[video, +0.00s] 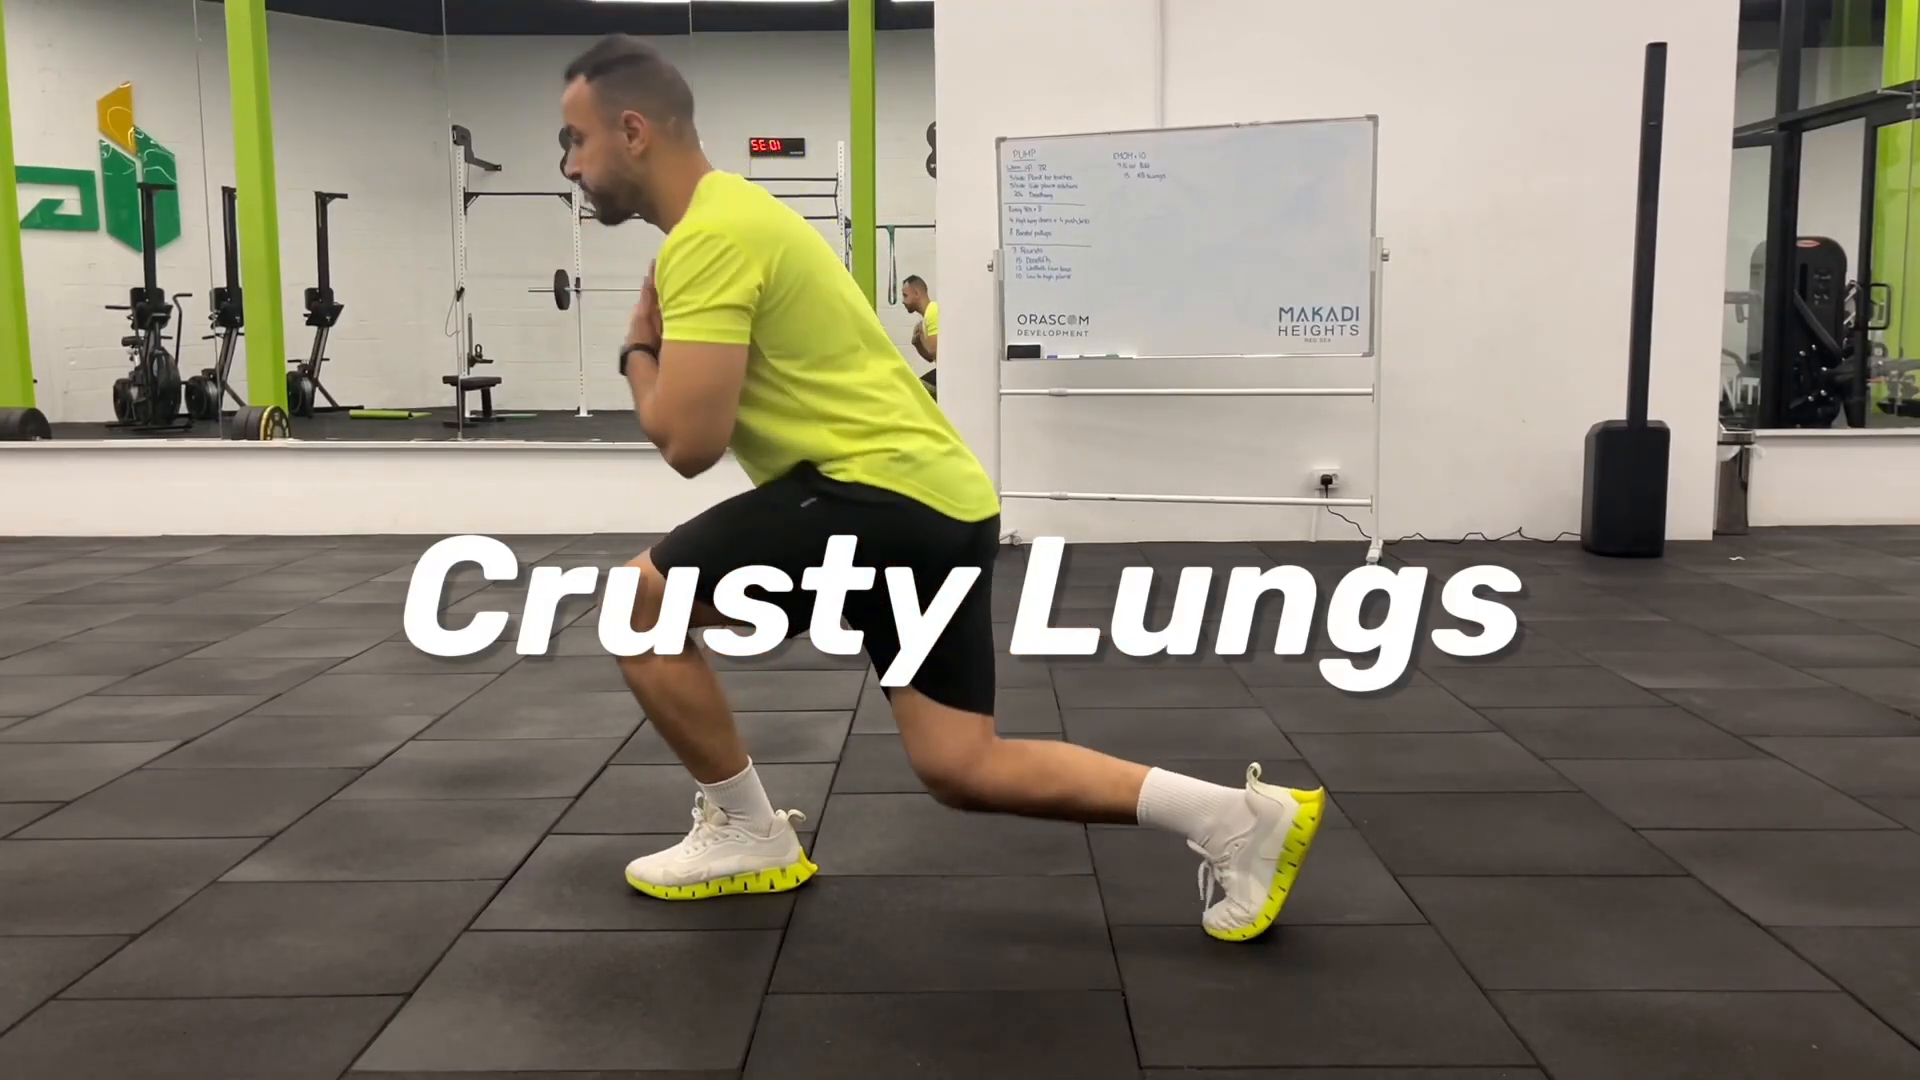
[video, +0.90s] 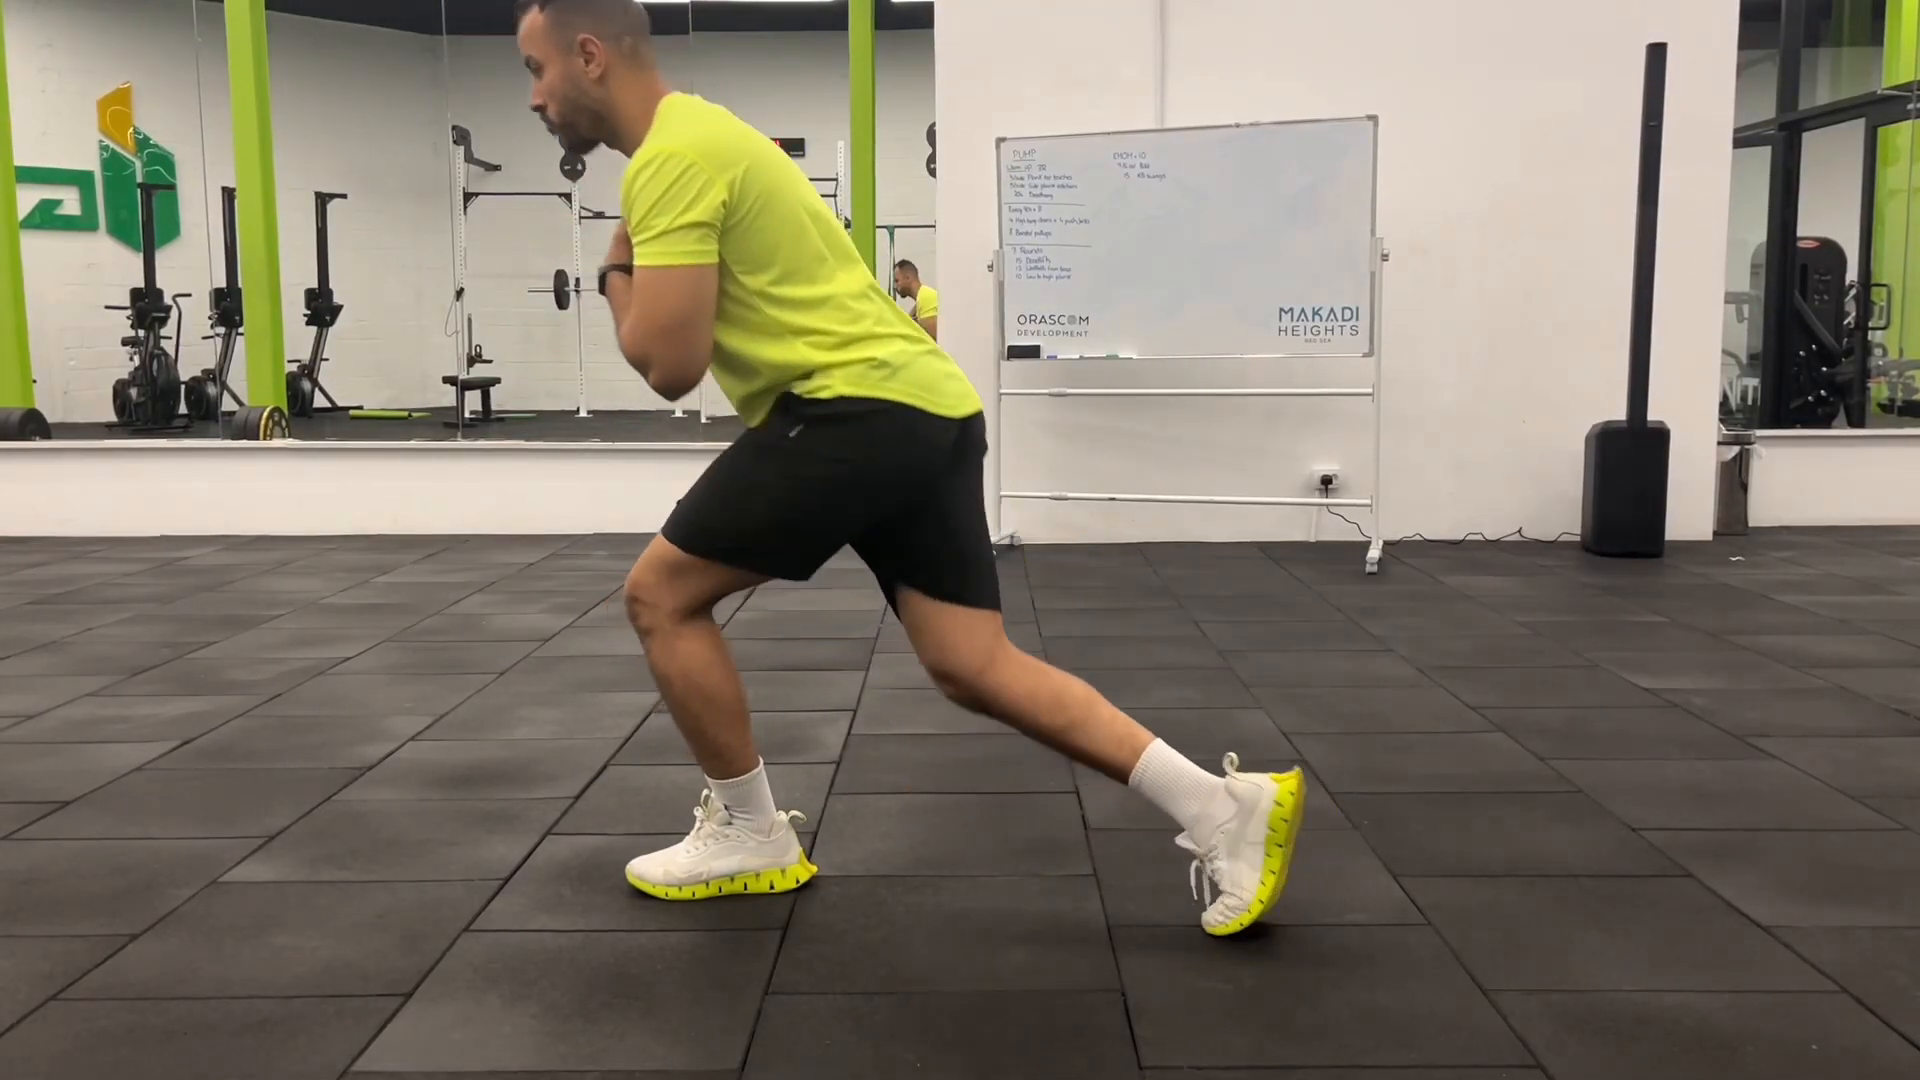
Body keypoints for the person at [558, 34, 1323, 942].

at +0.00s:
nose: (566, 165)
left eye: (574, 140)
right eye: (563, 143)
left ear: (634, 132)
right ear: (647, 132)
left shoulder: (715, 231)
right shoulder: (740, 218)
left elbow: (689, 443)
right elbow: (717, 416)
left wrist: (640, 353)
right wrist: (661, 361)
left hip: (876, 494)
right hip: (947, 502)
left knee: (648, 609)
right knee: (959, 763)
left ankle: (747, 829)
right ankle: (1235, 819)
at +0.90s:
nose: (531, 98)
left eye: (535, 70)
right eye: (526, 74)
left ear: (595, 58)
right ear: (608, 58)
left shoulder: (673, 156)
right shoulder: (718, 140)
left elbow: (667, 364)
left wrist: (618, 275)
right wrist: (651, 273)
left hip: (852, 412)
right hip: (932, 409)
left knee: (661, 597)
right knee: (973, 661)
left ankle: (748, 832)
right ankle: (1220, 810)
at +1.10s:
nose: (482, 35)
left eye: (487, 10)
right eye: (478, 17)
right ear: (560, 3)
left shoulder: (627, 83)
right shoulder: (661, 71)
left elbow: (627, 291)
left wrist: (570, 210)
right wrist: (596, 226)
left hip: (804, 350)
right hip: (882, 341)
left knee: (680, 585)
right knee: (905, 599)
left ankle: (751, 830)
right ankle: (1134, 737)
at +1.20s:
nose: (483, 9)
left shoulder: (619, 54)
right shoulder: (661, 42)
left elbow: (611, 261)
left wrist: (556, 183)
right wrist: (590, 196)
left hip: (780, 330)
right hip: (863, 324)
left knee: (685, 584)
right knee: (841, 583)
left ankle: (749, 829)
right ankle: (1059, 717)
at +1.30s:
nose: (527, 7)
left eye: (529, 1)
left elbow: (592, 233)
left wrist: (549, 145)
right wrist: (578, 140)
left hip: (762, 316)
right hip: (838, 310)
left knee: (694, 577)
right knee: (786, 563)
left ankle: (748, 828)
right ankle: (972, 729)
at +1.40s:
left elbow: (580, 206)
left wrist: (547, 119)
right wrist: (573, 123)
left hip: (748, 304)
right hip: (820, 297)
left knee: (703, 569)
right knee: (758, 548)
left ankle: (749, 829)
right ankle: (869, 752)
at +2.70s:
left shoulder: (620, 21)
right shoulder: (654, 22)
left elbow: (609, 224)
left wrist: (540, 136)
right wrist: (574, 128)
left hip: (760, 312)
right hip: (819, 304)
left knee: (707, 576)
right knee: (809, 554)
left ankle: (750, 828)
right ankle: (996, 729)